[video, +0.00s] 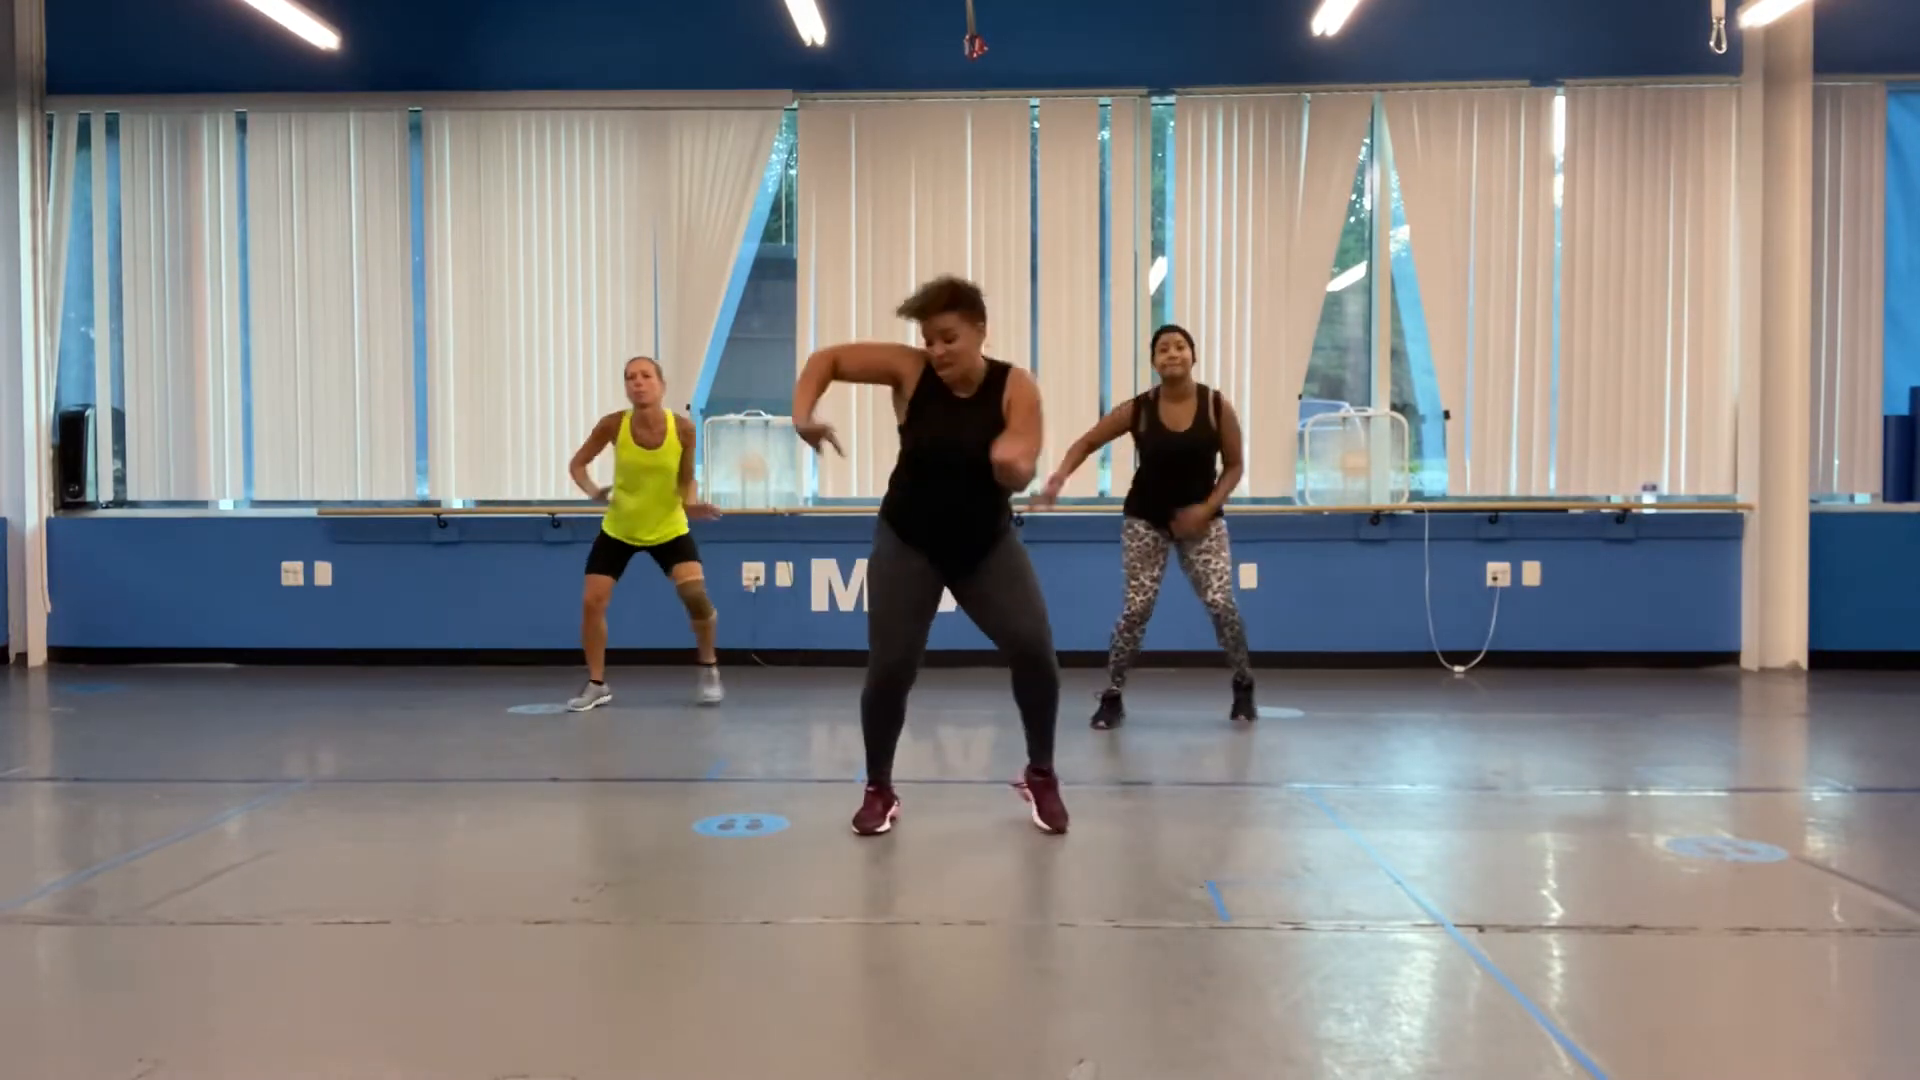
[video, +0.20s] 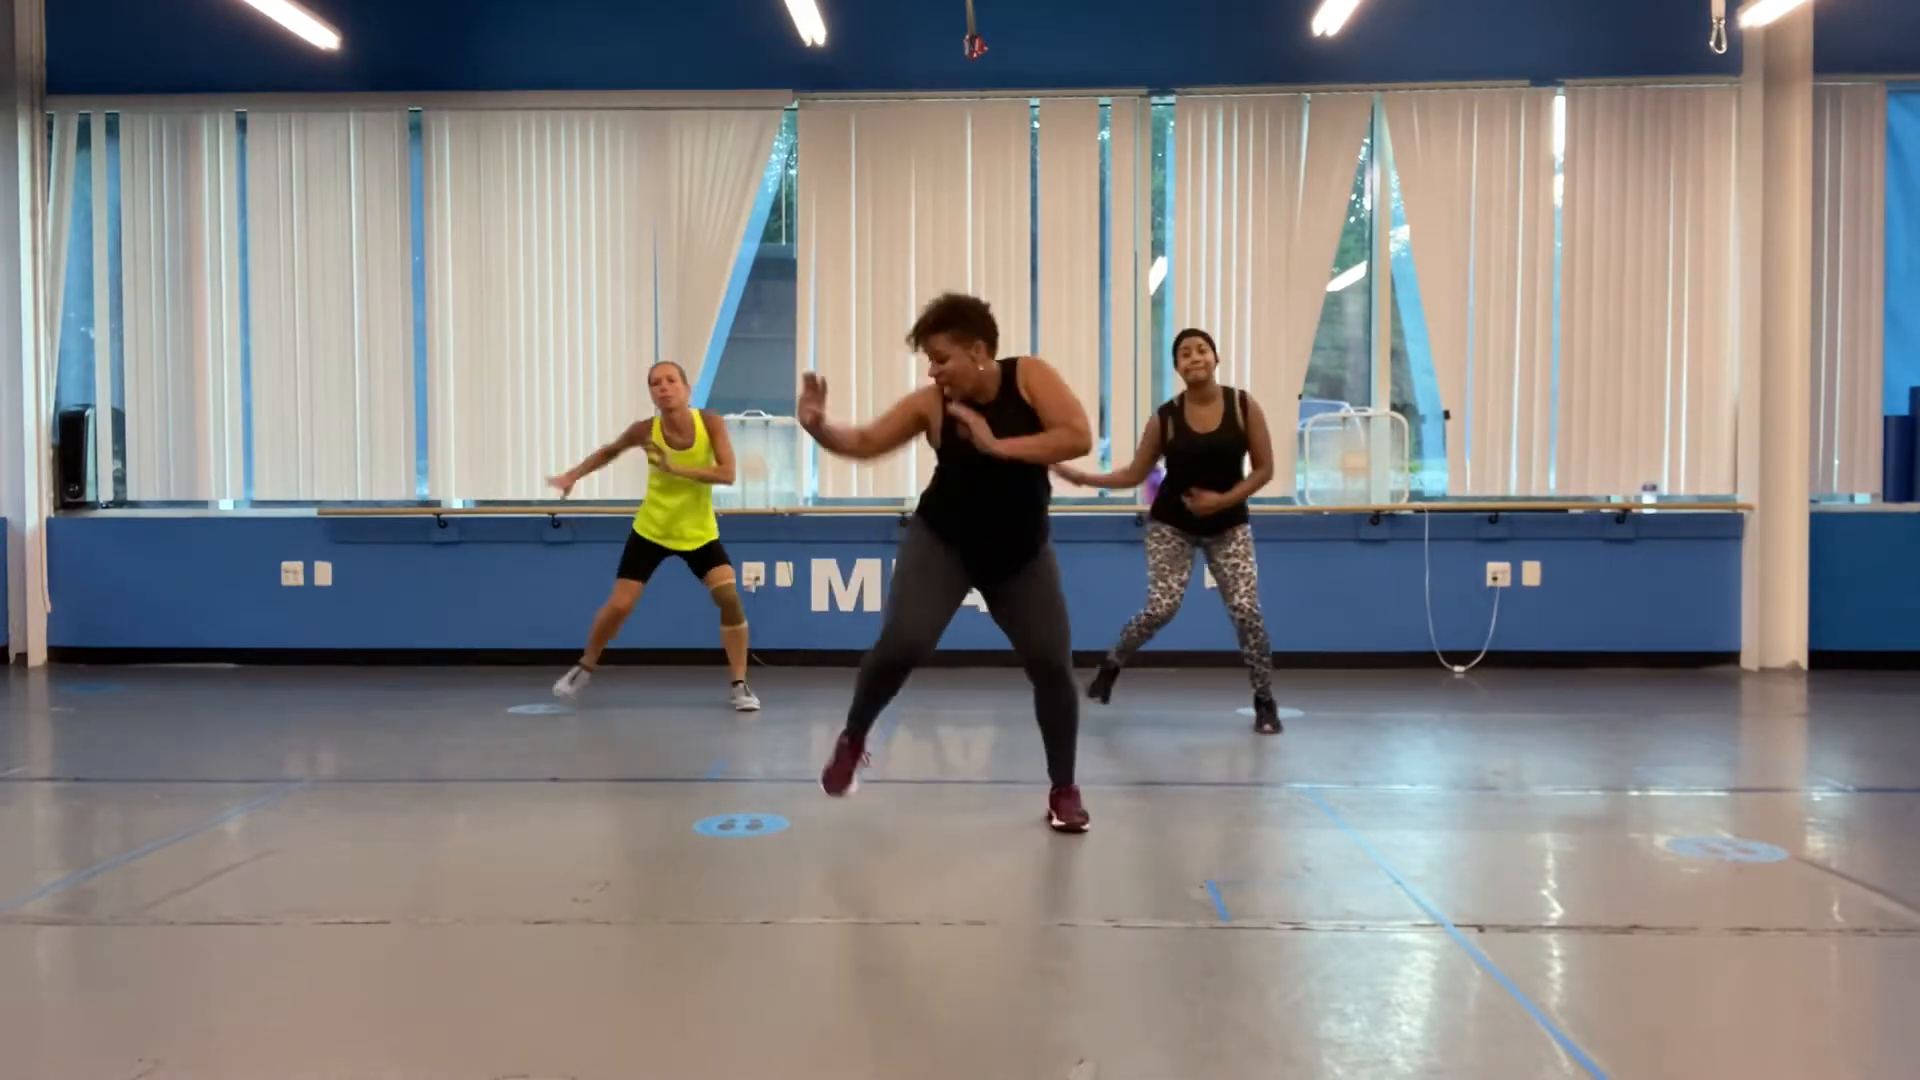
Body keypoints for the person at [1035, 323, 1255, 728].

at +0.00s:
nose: (1172, 354)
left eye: (1180, 347)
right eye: (1163, 350)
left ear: (1193, 356)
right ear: (1153, 362)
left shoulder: (1217, 407)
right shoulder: (1136, 410)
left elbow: (1234, 466)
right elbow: (1086, 444)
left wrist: (1207, 509)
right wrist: (1059, 476)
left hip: (1199, 519)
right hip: (1145, 520)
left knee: (1220, 603)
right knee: (1137, 608)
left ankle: (1244, 687)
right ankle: (1112, 696)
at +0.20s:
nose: (1194, 358)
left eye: (1201, 350)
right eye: (1185, 354)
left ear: (1215, 359)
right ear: (1177, 367)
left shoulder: (1244, 408)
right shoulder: (1164, 418)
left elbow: (1264, 471)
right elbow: (1134, 475)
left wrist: (1223, 499)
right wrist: (1085, 478)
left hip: (1228, 527)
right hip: (1170, 526)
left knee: (1246, 611)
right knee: (1162, 607)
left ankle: (1264, 701)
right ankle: (1112, 663)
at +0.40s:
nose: (1189, 353)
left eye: (1196, 346)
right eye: (1181, 349)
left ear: (1210, 355)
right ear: (1172, 362)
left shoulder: (1235, 404)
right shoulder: (1159, 417)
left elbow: (1265, 462)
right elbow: (1151, 487)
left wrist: (1300, 510)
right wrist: (1163, 528)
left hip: (1227, 527)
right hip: (1173, 527)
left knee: (1239, 613)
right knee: (1147, 609)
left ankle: (1264, 703)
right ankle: (1130, 692)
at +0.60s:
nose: (1160, 344)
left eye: (1167, 337)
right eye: (1152, 339)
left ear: (1180, 349)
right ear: (1140, 352)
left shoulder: (1196, 395)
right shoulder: (1120, 400)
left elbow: (1238, 434)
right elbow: (1117, 458)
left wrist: (1296, 453)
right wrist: (1172, 443)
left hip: (1191, 514)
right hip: (1136, 517)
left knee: (1217, 604)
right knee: (1123, 609)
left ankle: (1261, 697)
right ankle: (1107, 693)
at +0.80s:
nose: (1131, 345)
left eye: (1139, 338)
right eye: (1123, 340)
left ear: (1151, 349)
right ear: (1112, 352)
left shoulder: (1172, 395)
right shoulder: (1098, 404)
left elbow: (1215, 433)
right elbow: (1086, 462)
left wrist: (1269, 453)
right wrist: (1142, 445)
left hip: (1170, 521)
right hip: (1115, 522)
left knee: (1177, 610)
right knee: (1099, 609)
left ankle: (1200, 698)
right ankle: (1102, 690)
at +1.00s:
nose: (1100, 341)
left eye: (1108, 335)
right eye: (1093, 335)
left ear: (1119, 346)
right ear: (1080, 346)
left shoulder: (1138, 390)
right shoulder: (1064, 398)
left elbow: (1192, 419)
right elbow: (1059, 455)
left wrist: (1245, 434)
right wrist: (1108, 422)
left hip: (1148, 515)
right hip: (1092, 518)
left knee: (1168, 604)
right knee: (1071, 602)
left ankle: (1205, 693)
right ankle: (1044, 694)